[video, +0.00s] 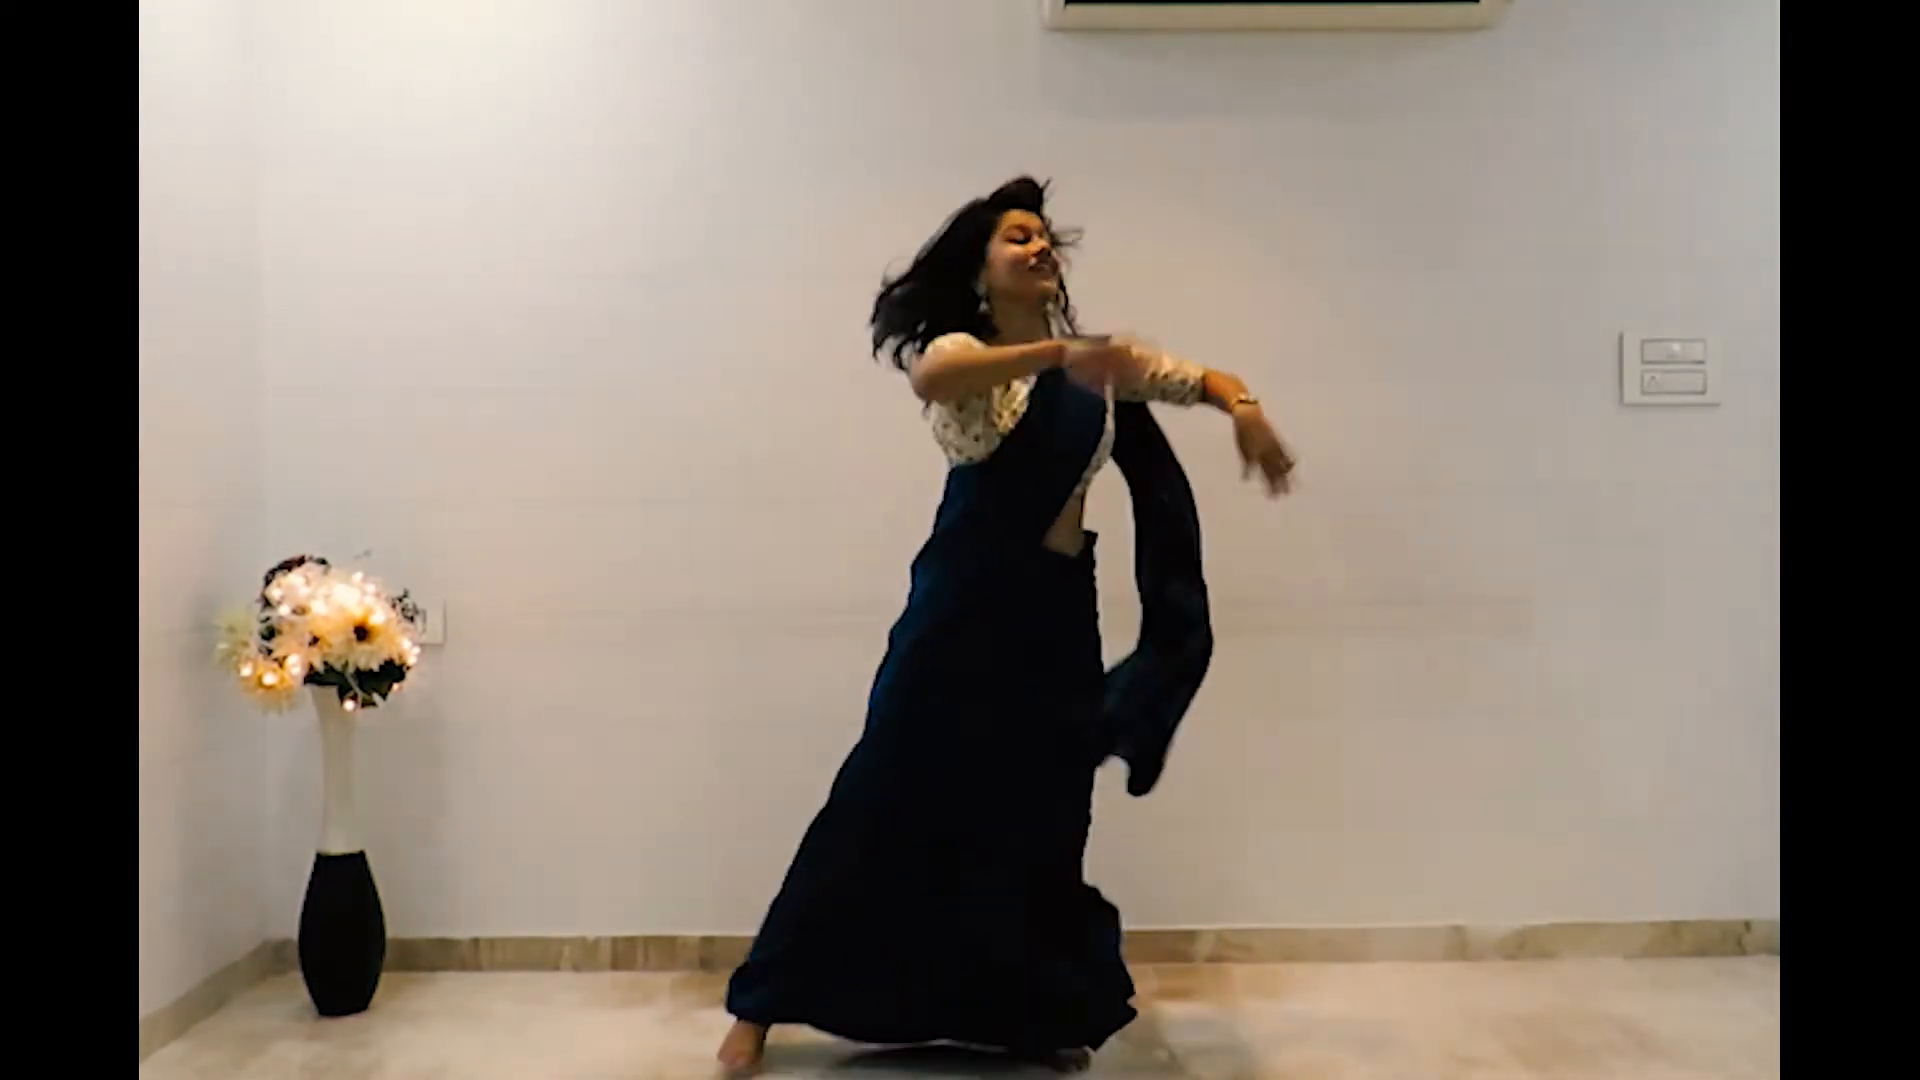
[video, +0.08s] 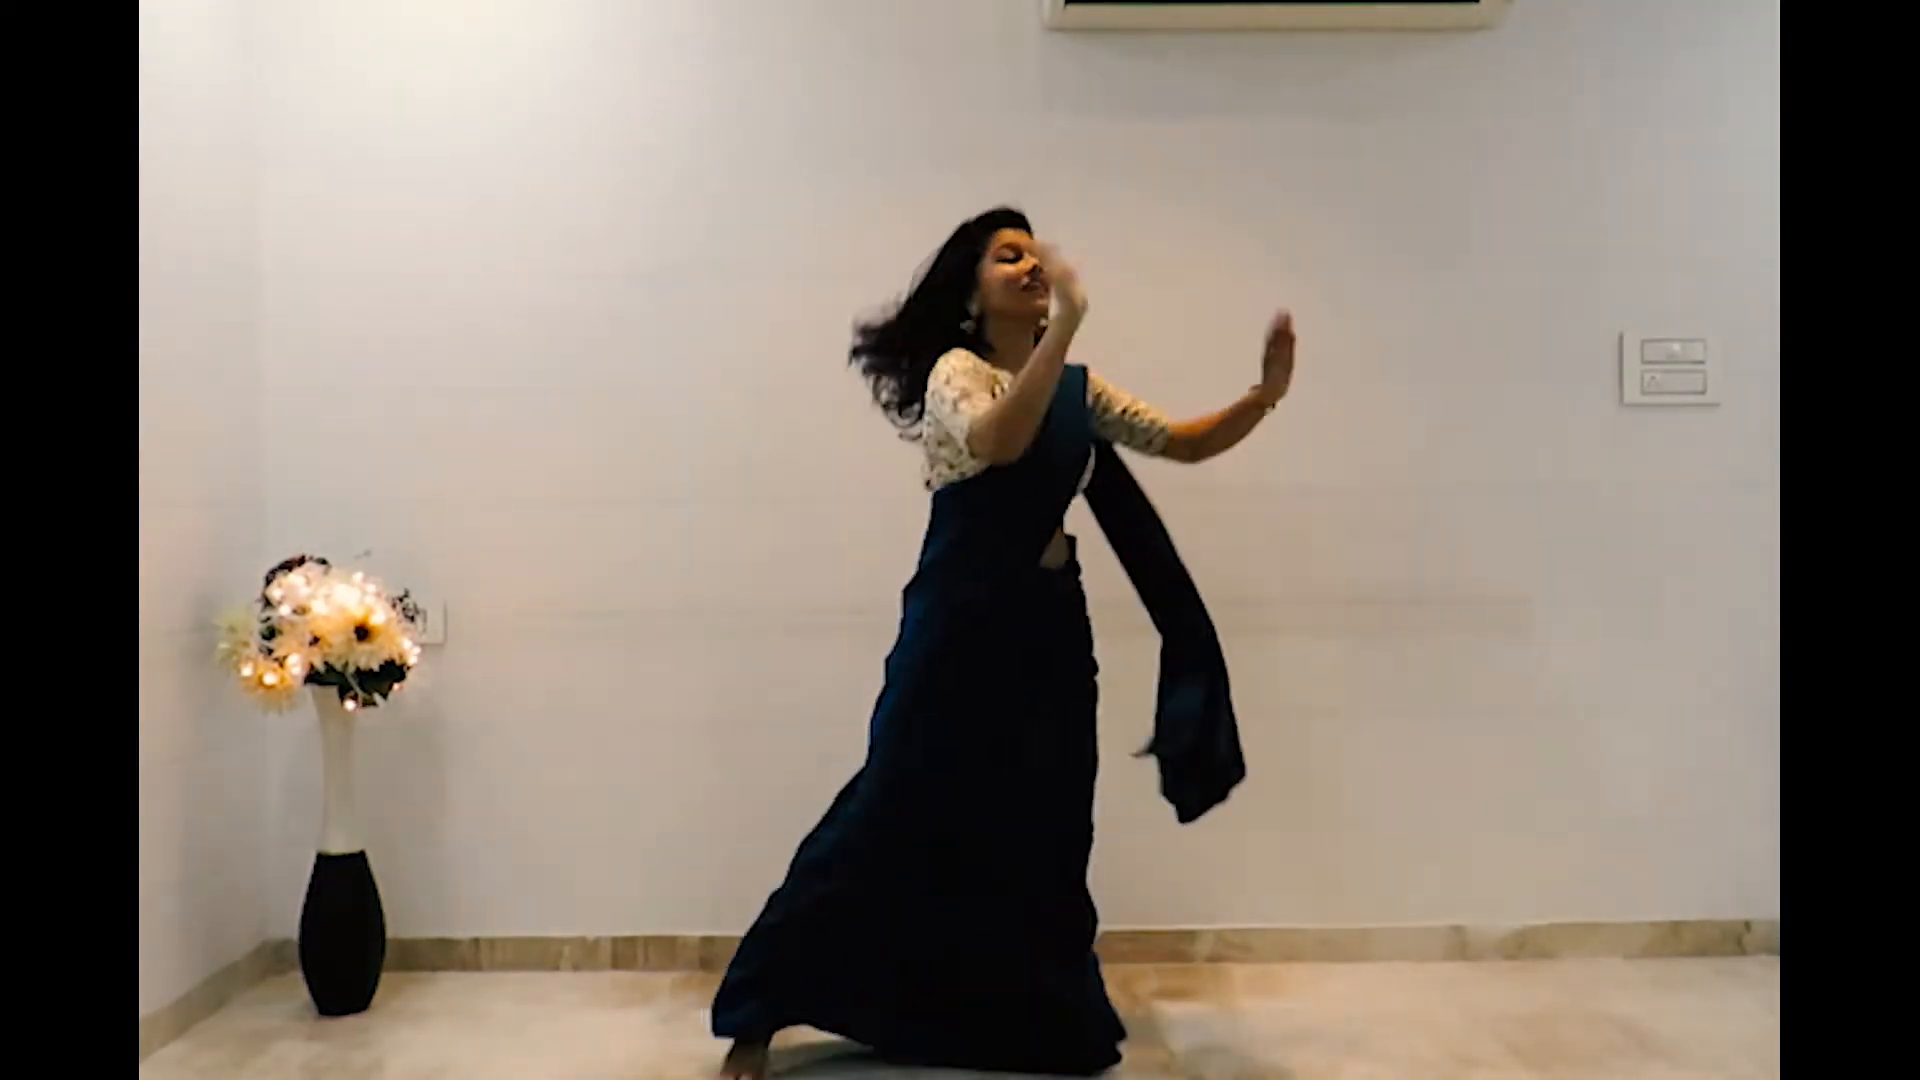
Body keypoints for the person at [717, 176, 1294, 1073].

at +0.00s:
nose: (1039, 246)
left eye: (1046, 238)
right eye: (1017, 238)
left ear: (1059, 267)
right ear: (978, 271)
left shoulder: (1088, 359)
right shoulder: (962, 351)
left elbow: (1188, 379)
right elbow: (932, 369)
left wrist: (1244, 406)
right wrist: (1057, 354)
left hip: (1058, 599)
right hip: (966, 595)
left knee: (1046, 805)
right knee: (876, 794)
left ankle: (1032, 1011)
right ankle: (754, 1010)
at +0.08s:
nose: (1033, 264)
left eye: (1037, 253)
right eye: (1009, 255)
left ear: (1049, 282)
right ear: (969, 290)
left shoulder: (1071, 384)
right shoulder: (958, 374)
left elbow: (1179, 441)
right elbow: (998, 439)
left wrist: (1264, 396)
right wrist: (1062, 330)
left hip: (1046, 621)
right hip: (958, 619)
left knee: (1045, 815)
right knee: (892, 809)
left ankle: (1049, 1017)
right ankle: (756, 1002)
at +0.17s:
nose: (1027, 274)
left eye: (1029, 262)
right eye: (1003, 264)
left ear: (1036, 288)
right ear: (962, 295)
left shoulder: (1046, 390)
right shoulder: (950, 382)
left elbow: (1157, 474)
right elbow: (1048, 469)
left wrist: (1233, 386)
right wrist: (1067, 348)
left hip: (1033, 640)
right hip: (949, 640)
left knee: (1040, 830)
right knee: (893, 828)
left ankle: (1061, 1032)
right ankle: (762, 1032)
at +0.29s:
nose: (1022, 282)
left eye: (1024, 269)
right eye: (998, 271)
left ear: (1030, 301)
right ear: (954, 302)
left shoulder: (1034, 406)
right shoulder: (941, 383)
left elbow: (1082, 535)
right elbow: (999, 503)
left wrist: (1143, 462)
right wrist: (1123, 466)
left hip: (1022, 656)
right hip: (945, 653)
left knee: (1036, 846)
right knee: (916, 846)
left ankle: (1079, 1041)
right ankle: (790, 1039)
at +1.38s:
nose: (1038, 278)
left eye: (1047, 270)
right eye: (1015, 266)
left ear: (1056, 304)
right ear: (972, 299)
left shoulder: (1047, 399)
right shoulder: (966, 391)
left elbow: (1097, 517)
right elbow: (1047, 497)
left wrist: (1156, 435)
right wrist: (1079, 379)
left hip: (1033, 633)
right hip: (962, 630)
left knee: (1086, 831)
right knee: (912, 822)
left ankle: (1066, 1023)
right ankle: (767, 1014)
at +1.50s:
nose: (1080, 230)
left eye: (1069, 218)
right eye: (1061, 223)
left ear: (1031, 262)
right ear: (1029, 258)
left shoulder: (1055, 331)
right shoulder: (1034, 336)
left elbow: (1136, 379)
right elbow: (1148, 382)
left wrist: (1130, 315)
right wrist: (1127, 309)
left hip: (1053, 597)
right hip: (1015, 597)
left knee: (1072, 790)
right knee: (1029, 796)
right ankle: (894, 970)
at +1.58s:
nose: (1102, 229)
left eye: (1088, 218)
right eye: (1086, 226)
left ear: (1041, 276)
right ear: (1069, 257)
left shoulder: (1039, 346)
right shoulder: (1089, 341)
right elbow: (1194, 416)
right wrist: (1214, 339)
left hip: (1026, 612)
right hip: (1066, 623)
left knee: (1042, 801)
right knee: (1142, 803)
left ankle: (1014, 998)